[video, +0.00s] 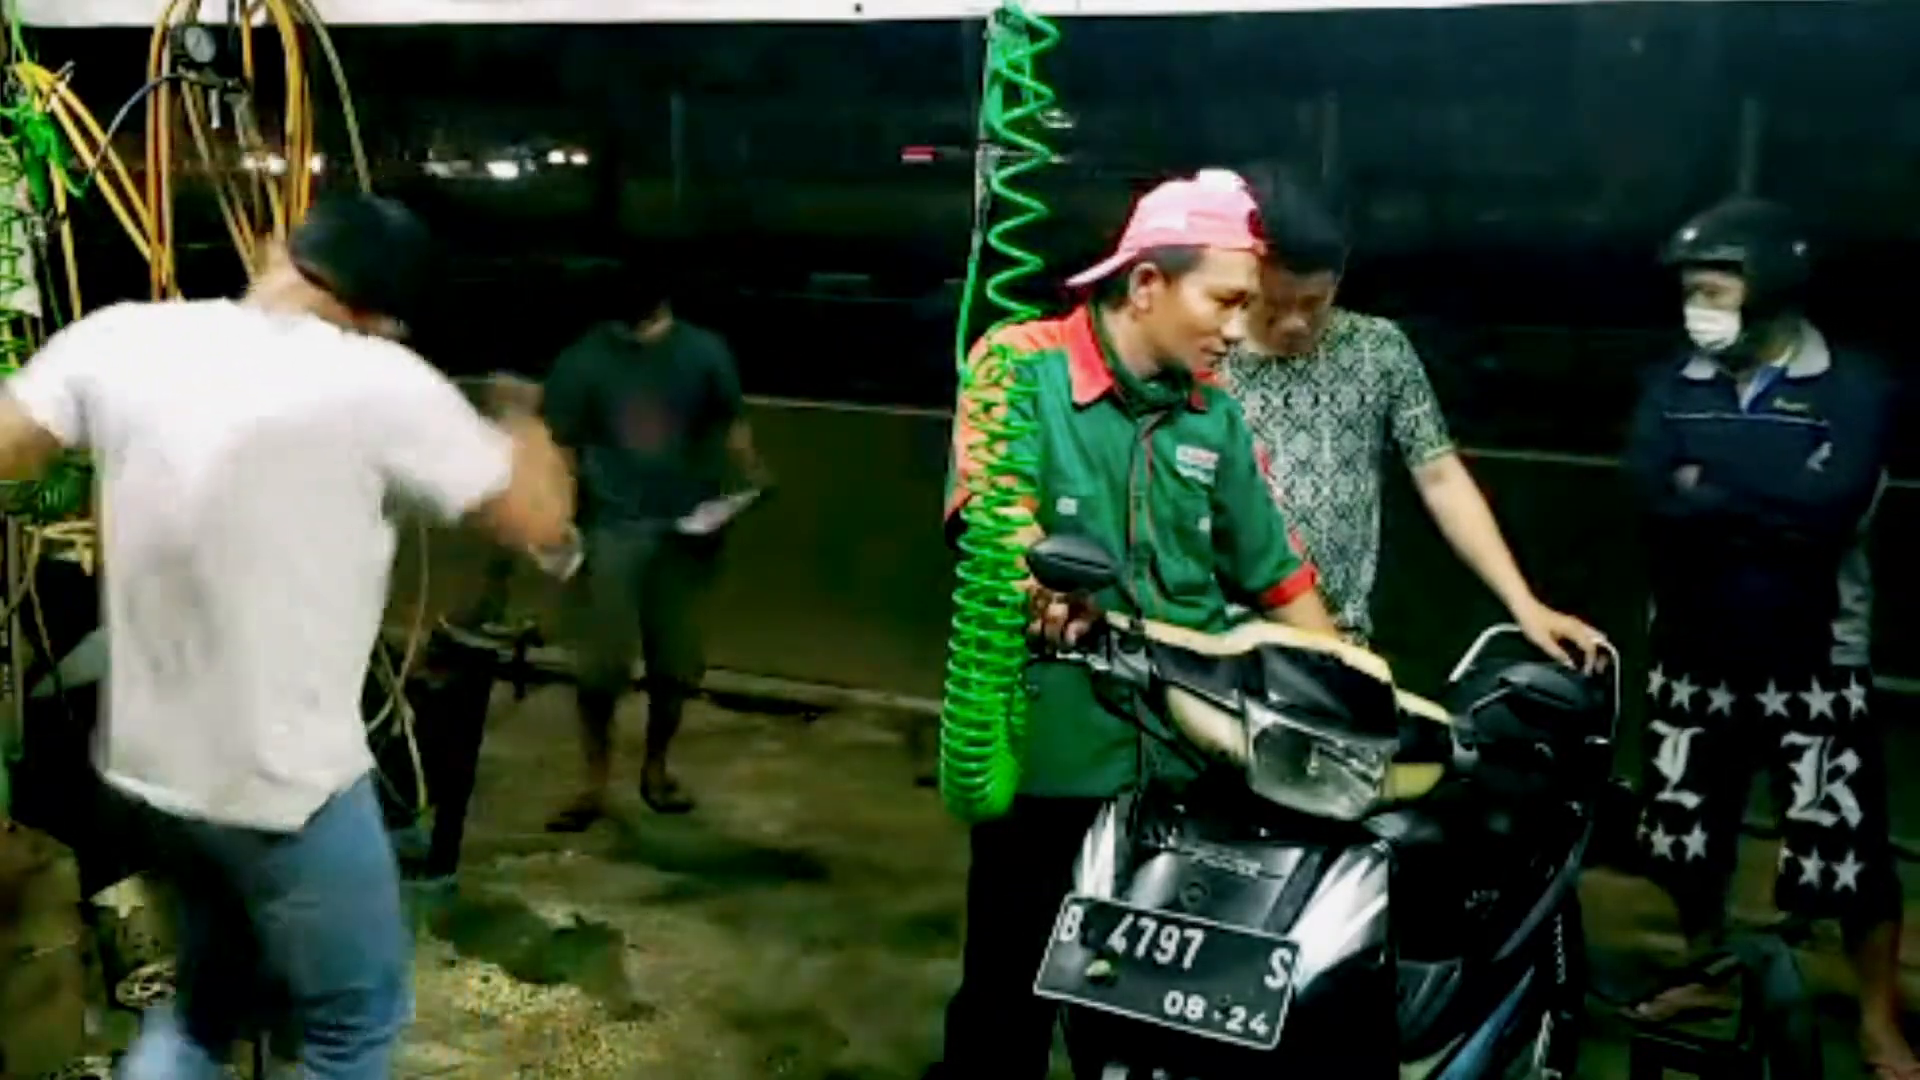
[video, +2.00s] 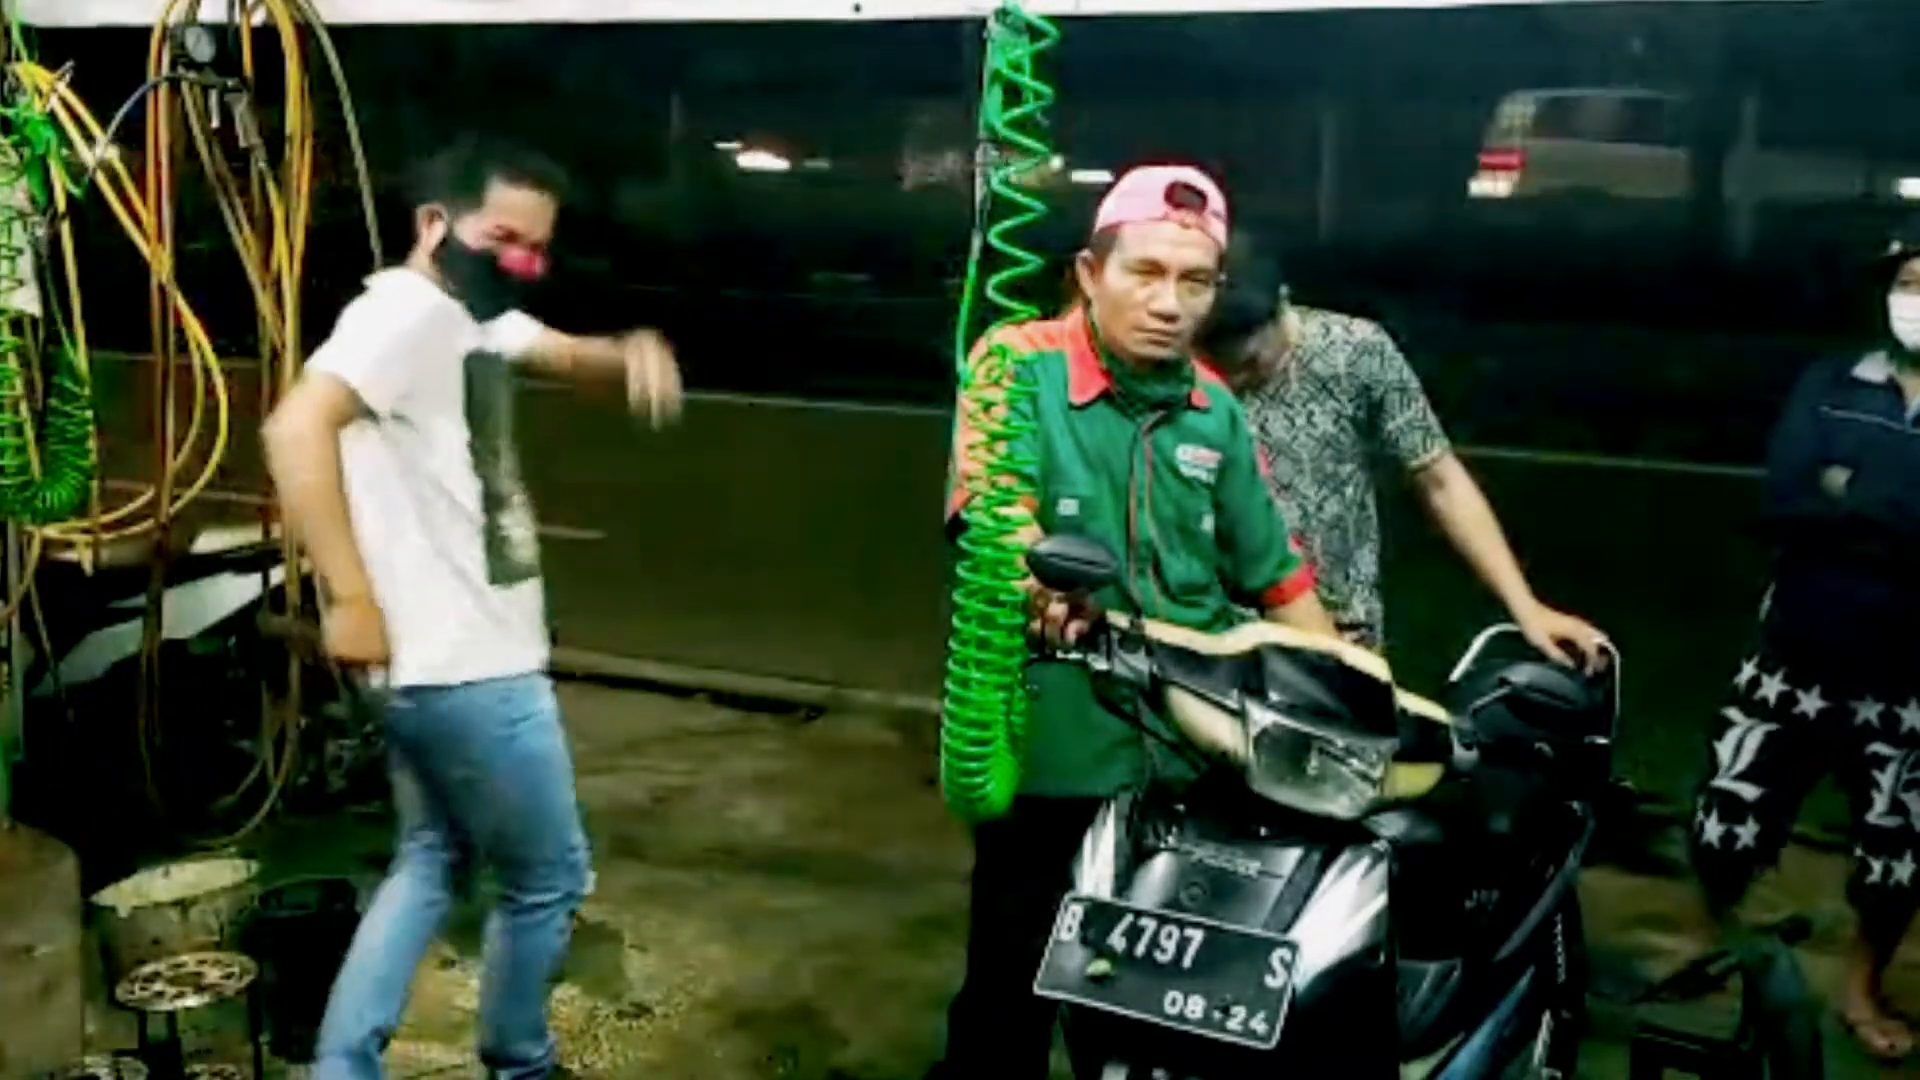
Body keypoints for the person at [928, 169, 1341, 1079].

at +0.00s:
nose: (1236, 329)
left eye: (1245, 308)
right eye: (1225, 302)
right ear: (1148, 285)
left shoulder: (1213, 415)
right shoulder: (1019, 367)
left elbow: (1282, 581)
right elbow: (990, 512)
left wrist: (1354, 689)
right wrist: (1044, 597)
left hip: (1183, 760)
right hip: (1048, 759)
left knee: (1152, 1017)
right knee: (1005, 1016)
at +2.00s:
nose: (1169, 303)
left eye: (1194, 282)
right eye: (1146, 274)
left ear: (1217, 296)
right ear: (1090, 274)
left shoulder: (1215, 412)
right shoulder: (1017, 367)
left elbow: (1282, 584)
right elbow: (987, 509)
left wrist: (1344, 699)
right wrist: (1043, 596)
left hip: (1188, 754)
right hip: (1050, 752)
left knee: (1159, 1009)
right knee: (1007, 1010)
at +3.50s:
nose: (726, 310)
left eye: (744, 284)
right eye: (716, 286)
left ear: (835, 271)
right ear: (709, 278)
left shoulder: (950, 394)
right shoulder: (726, 404)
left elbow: (1017, 590)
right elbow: (667, 577)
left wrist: (1007, 779)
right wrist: (572, 718)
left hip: (938, 808)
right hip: (797, 808)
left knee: (942, 1050)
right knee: (818, 1040)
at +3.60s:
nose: (691, 313)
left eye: (713, 286)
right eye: (683, 286)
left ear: (804, 270)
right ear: (672, 272)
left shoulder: (914, 397)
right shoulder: (703, 404)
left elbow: (981, 633)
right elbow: (651, 581)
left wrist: (915, 798)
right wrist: (536, 714)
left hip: (890, 821)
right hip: (767, 817)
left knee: (873, 1060)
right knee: (792, 1055)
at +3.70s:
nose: (649, 321)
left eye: (669, 295)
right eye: (640, 295)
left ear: (759, 276)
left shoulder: (858, 405)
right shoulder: (676, 404)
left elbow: (931, 649)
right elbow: (649, 590)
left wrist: (873, 826)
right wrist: (550, 738)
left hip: (829, 818)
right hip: (733, 811)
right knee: (857, 1060)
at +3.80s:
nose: (613, 331)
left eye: (631, 303)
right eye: (607, 304)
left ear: (725, 285)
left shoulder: (818, 409)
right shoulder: (654, 404)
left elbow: (882, 661)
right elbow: (643, 599)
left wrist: (858, 854)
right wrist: (566, 759)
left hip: (799, 805)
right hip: (703, 803)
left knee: (671, 1053)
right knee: (845, 1061)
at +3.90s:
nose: (542, 351)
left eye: (559, 323)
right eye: (535, 325)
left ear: (652, 305)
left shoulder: (749, 427)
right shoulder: (597, 440)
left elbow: (844, 678)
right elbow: (614, 645)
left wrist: (836, 889)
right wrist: (572, 789)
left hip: (743, 892)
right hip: (645, 883)